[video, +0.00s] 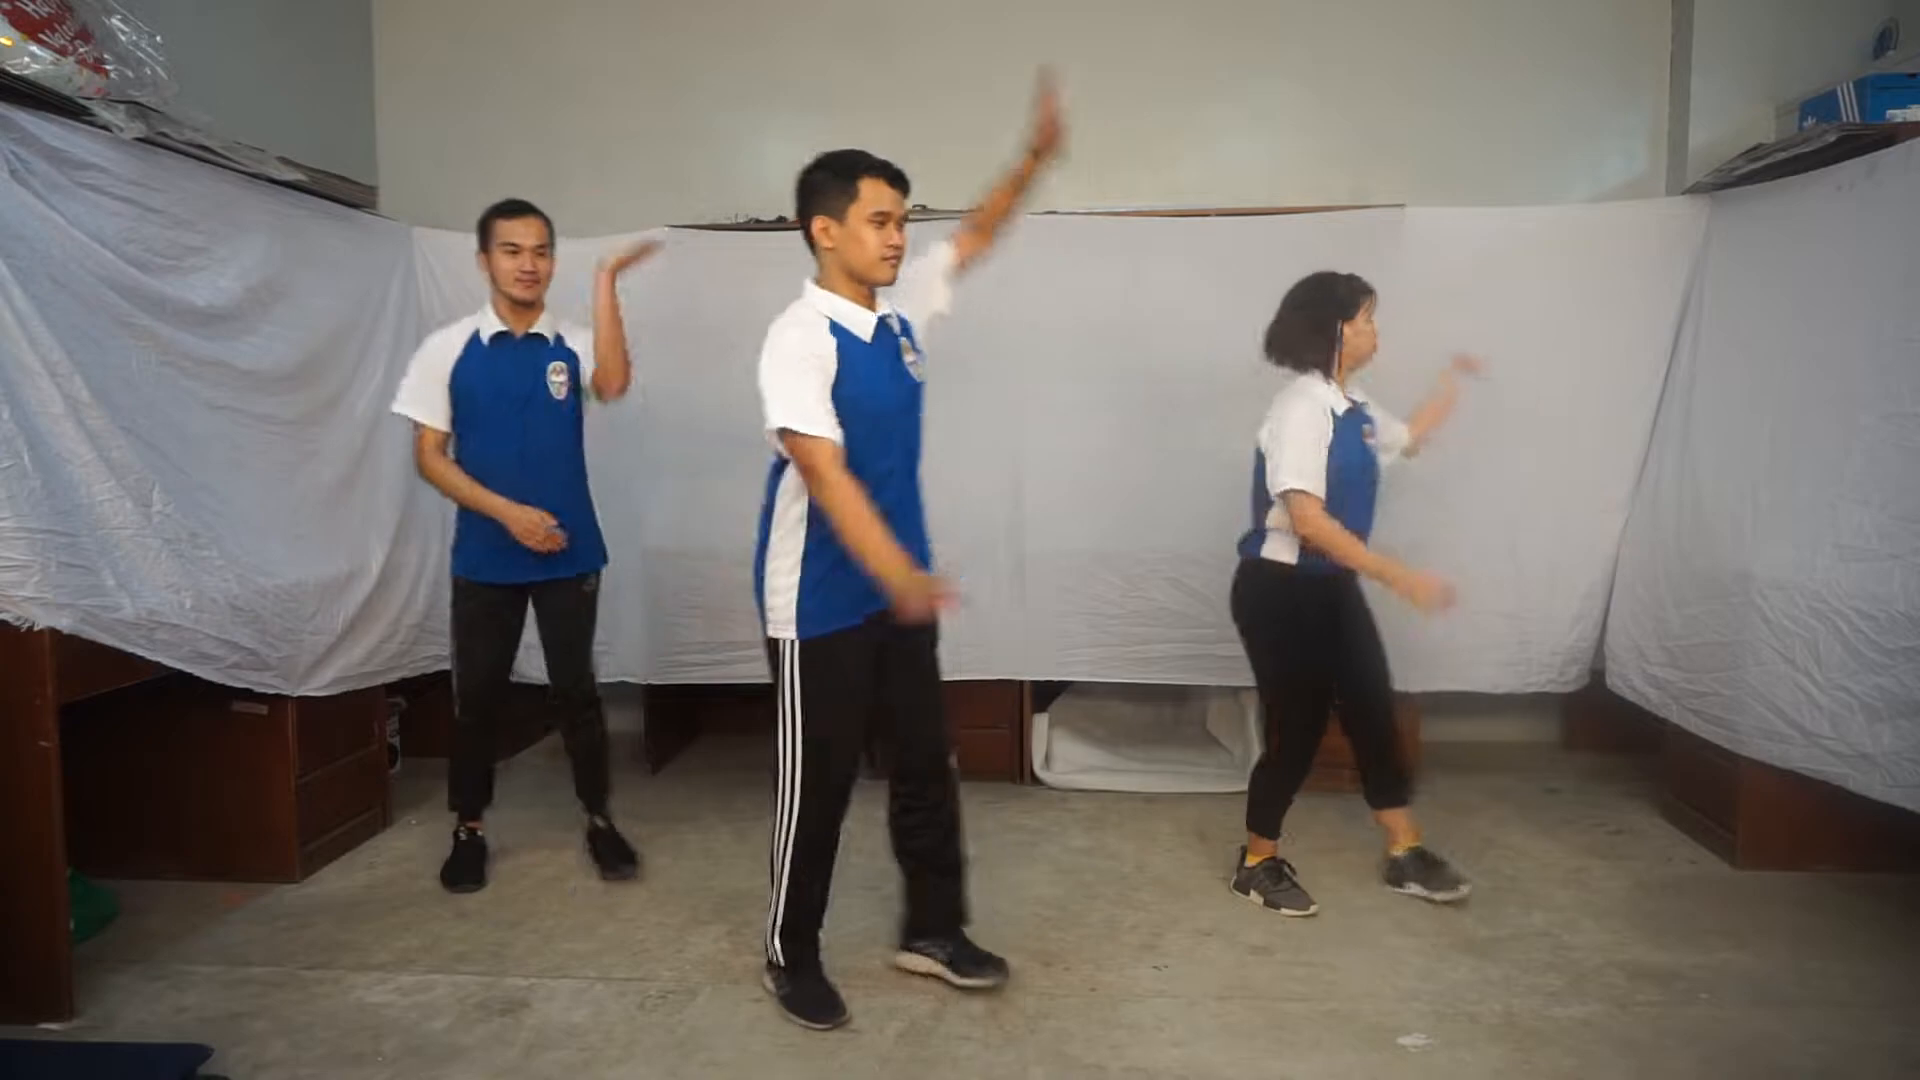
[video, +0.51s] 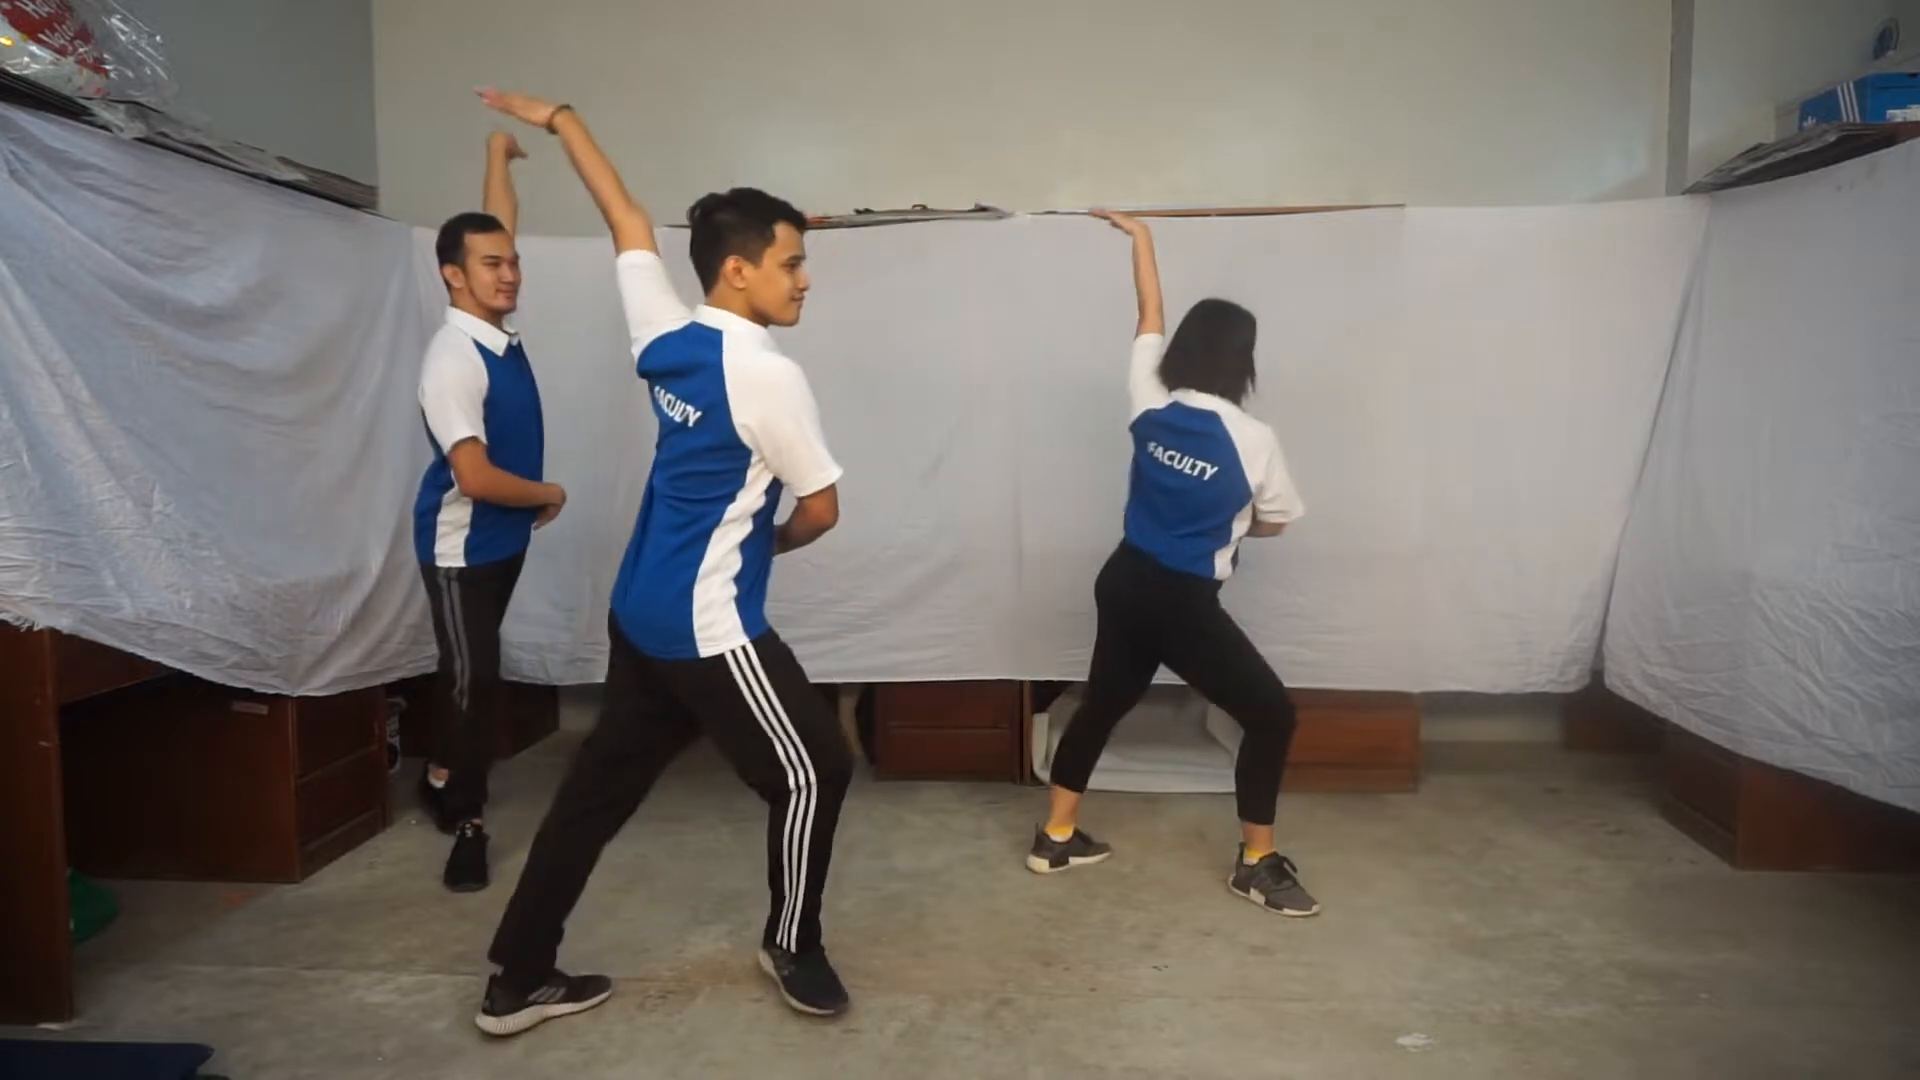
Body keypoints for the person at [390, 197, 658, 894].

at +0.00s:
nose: (529, 263)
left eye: (540, 251)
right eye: (512, 251)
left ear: (551, 262)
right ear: (485, 261)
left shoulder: (571, 343)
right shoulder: (447, 350)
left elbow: (612, 384)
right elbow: (429, 458)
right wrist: (510, 512)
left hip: (569, 555)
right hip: (486, 558)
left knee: (577, 691)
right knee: (476, 702)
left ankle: (600, 822)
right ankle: (468, 832)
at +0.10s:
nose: (510, 260)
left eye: (519, 248)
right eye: (493, 248)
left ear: (531, 258)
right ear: (459, 258)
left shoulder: (556, 337)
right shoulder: (425, 350)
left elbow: (644, 293)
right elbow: (414, 462)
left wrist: (601, 206)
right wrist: (510, 516)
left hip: (546, 549)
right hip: (468, 556)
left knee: (548, 681)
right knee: (468, 696)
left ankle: (515, 769)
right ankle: (464, 828)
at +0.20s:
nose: (505, 261)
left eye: (512, 247)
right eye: (487, 249)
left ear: (521, 256)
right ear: (454, 261)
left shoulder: (538, 329)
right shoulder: (425, 350)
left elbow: (592, 254)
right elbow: (411, 465)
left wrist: (582, 154)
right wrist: (509, 516)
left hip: (535, 552)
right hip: (467, 558)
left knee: (517, 696)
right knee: (471, 701)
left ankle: (465, 767)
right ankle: (468, 826)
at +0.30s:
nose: (503, 263)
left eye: (510, 251)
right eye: (487, 251)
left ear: (517, 258)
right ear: (452, 264)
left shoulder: (509, 323)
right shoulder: (437, 350)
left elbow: (533, 229)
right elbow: (433, 465)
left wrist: (540, 139)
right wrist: (525, 507)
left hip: (520, 541)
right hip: (464, 552)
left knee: (490, 686)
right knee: (469, 695)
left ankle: (460, 795)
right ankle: (464, 827)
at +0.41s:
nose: (504, 267)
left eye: (509, 255)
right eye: (489, 257)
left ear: (511, 262)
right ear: (453, 268)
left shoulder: (496, 322)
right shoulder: (448, 352)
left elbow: (503, 232)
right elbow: (459, 469)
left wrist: (505, 150)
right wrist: (541, 497)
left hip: (508, 536)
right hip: (460, 545)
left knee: (477, 672)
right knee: (470, 687)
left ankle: (450, 776)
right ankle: (469, 825)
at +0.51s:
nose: (508, 275)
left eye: (510, 262)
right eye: (492, 265)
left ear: (510, 269)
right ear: (456, 277)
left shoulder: (495, 326)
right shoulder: (453, 356)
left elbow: (499, 237)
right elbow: (473, 476)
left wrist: (500, 154)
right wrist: (546, 493)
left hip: (501, 535)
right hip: (460, 544)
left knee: (474, 671)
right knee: (473, 684)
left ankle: (443, 779)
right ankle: (471, 826)